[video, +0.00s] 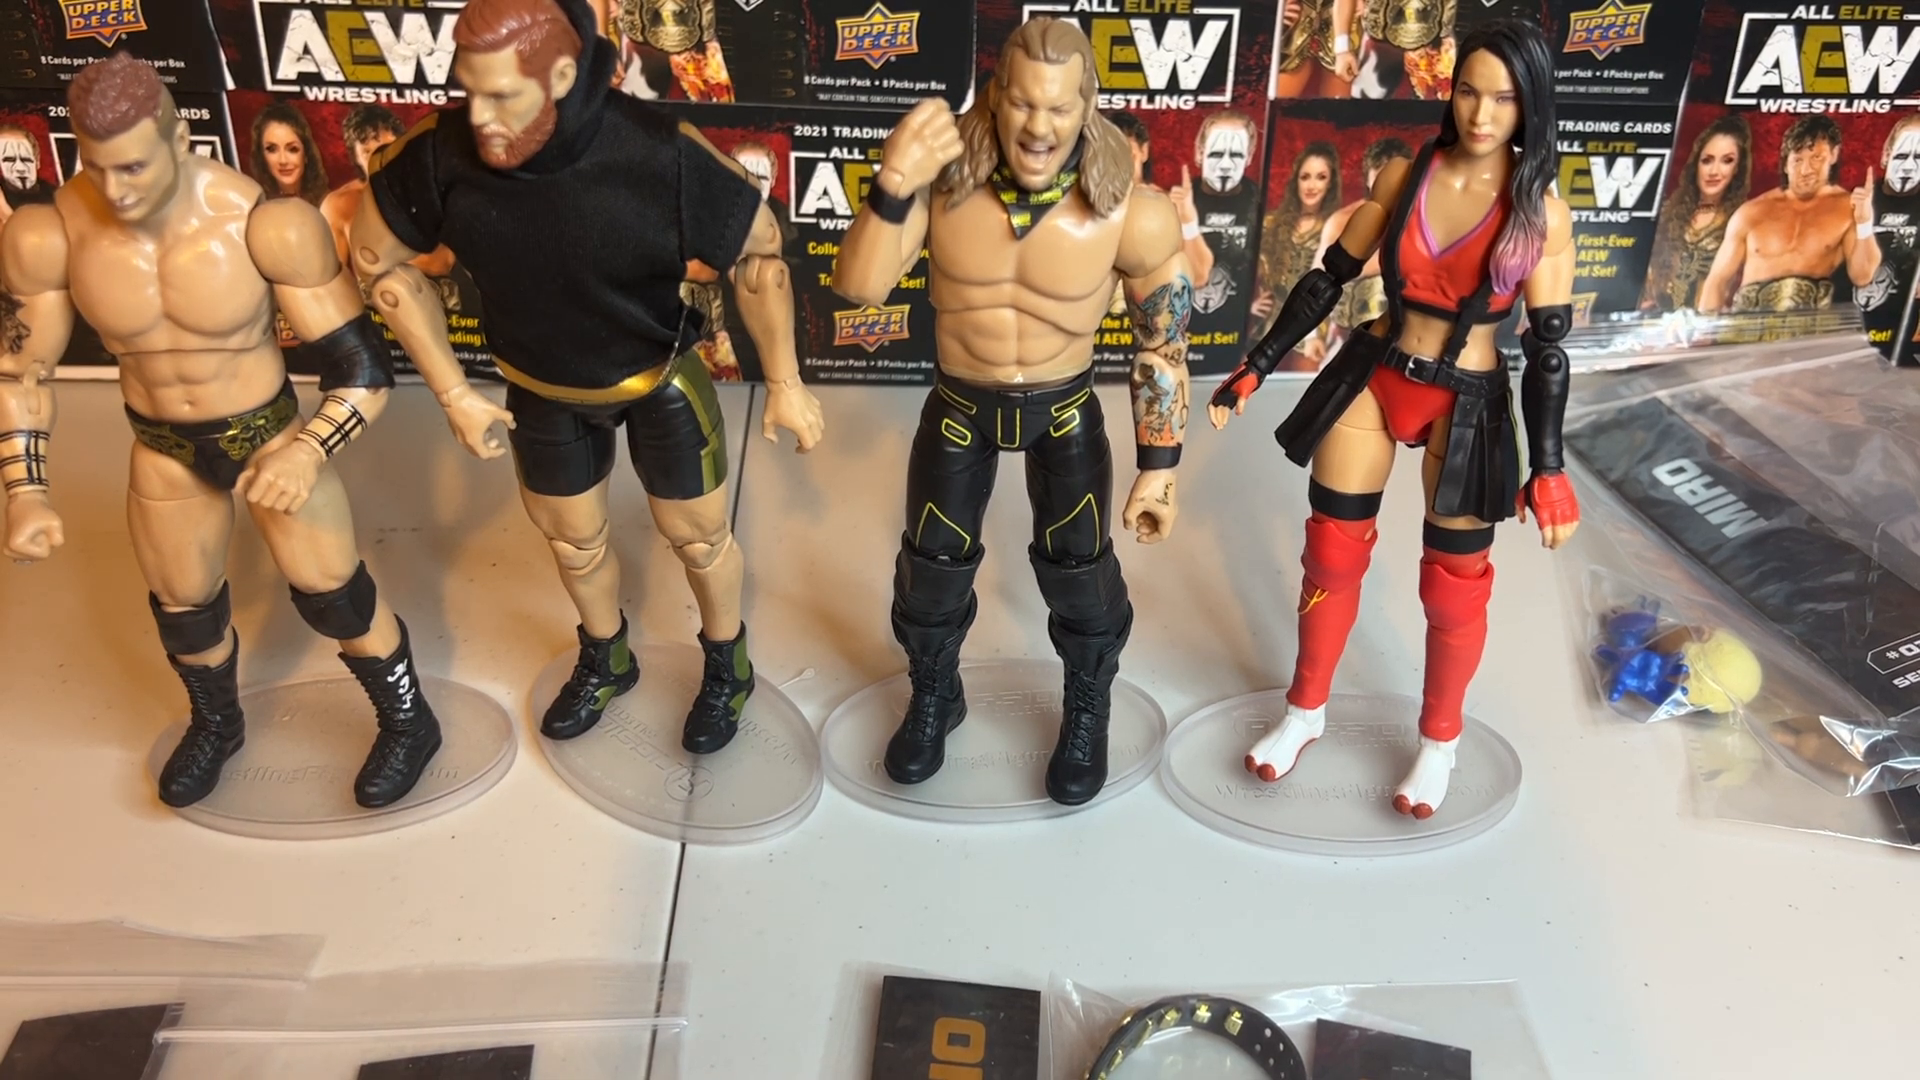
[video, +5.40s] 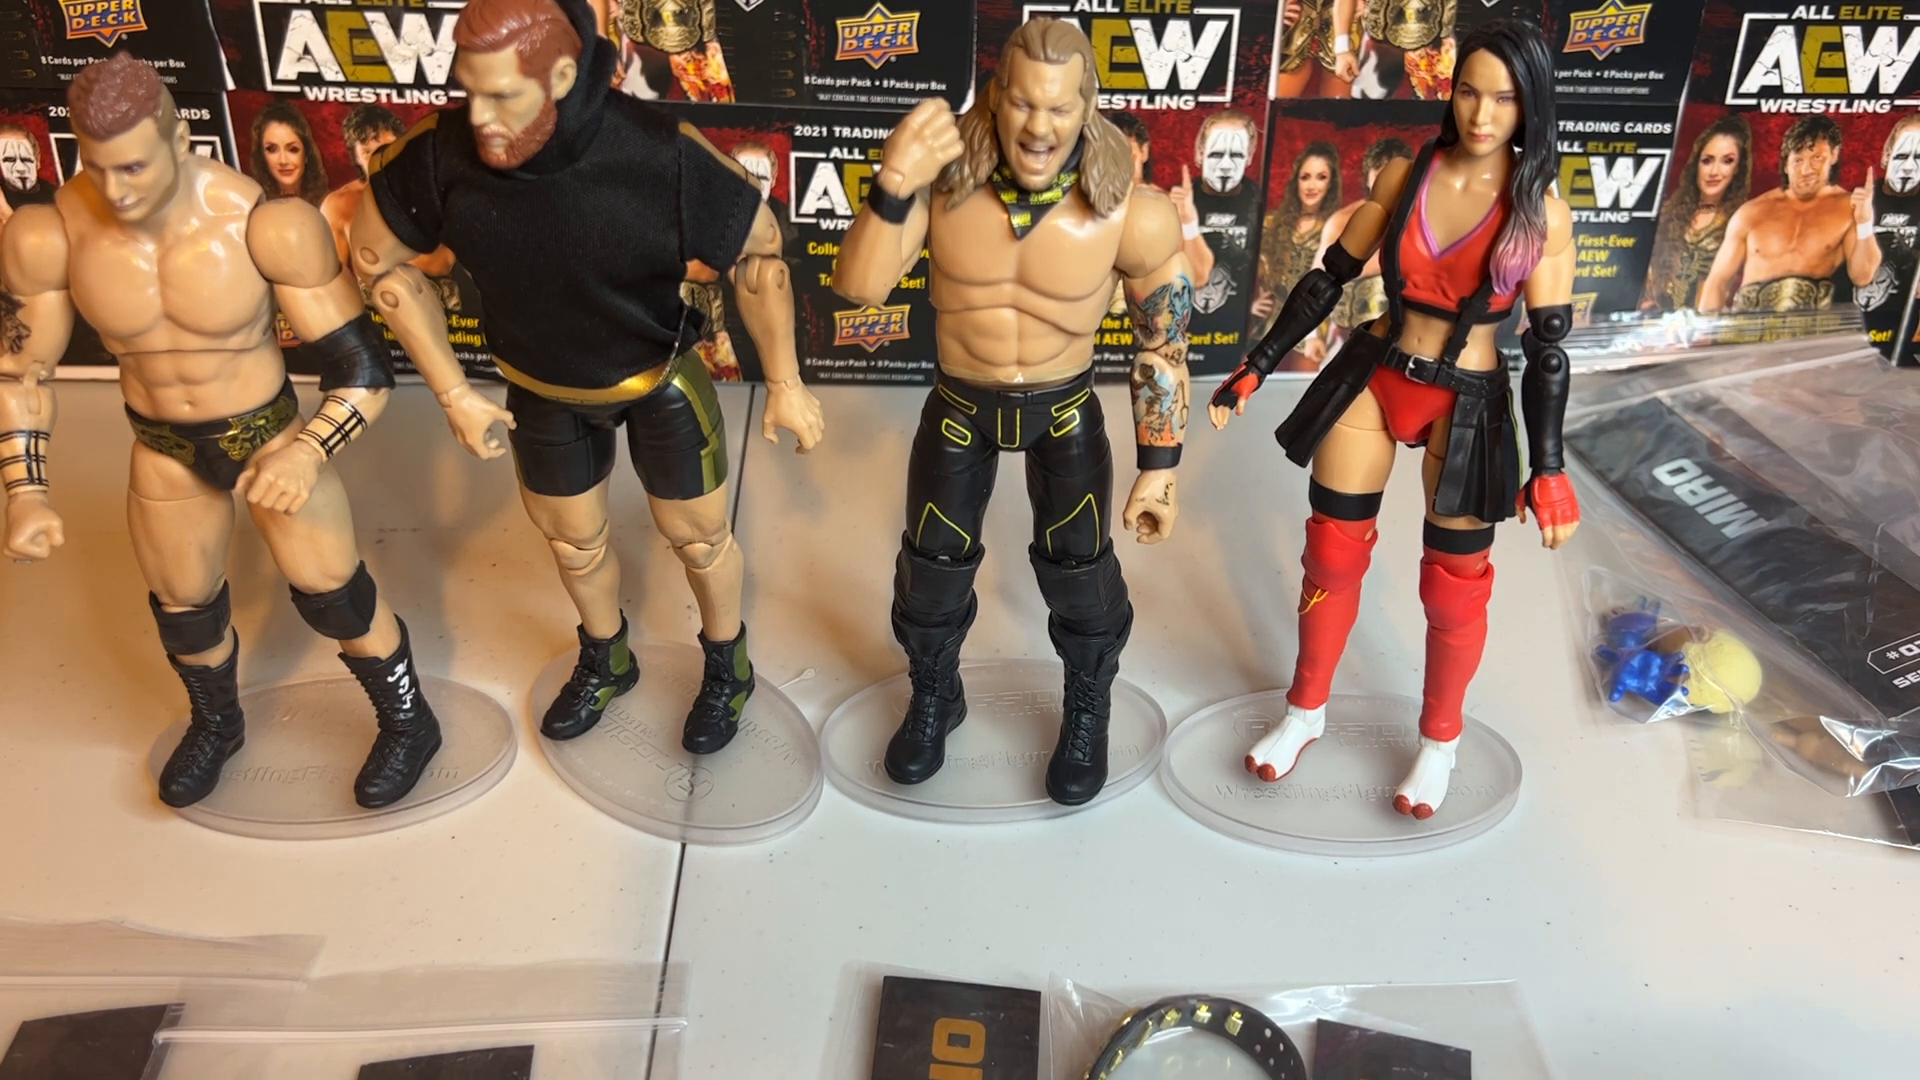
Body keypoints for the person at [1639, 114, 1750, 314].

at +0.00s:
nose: (1714, 171)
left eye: (1727, 161)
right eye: (1707, 160)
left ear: (1738, 168)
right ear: (1695, 164)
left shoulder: (1743, 219)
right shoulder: (1670, 213)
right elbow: (1654, 266)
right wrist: (1650, 299)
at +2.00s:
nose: (1714, 171)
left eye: (1727, 161)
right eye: (1707, 160)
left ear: (1739, 168)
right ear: (1695, 164)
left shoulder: (1742, 220)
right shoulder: (1670, 213)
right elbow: (1654, 268)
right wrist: (1649, 300)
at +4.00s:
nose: (1714, 171)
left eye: (1727, 161)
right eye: (1707, 160)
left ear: (1739, 168)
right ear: (1695, 164)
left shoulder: (1742, 219)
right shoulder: (1671, 212)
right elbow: (1655, 265)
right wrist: (1649, 300)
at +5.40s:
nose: (1714, 171)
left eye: (1727, 161)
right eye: (1707, 160)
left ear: (1739, 168)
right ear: (1695, 164)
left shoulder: (1742, 219)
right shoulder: (1671, 212)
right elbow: (1655, 265)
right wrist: (1650, 299)